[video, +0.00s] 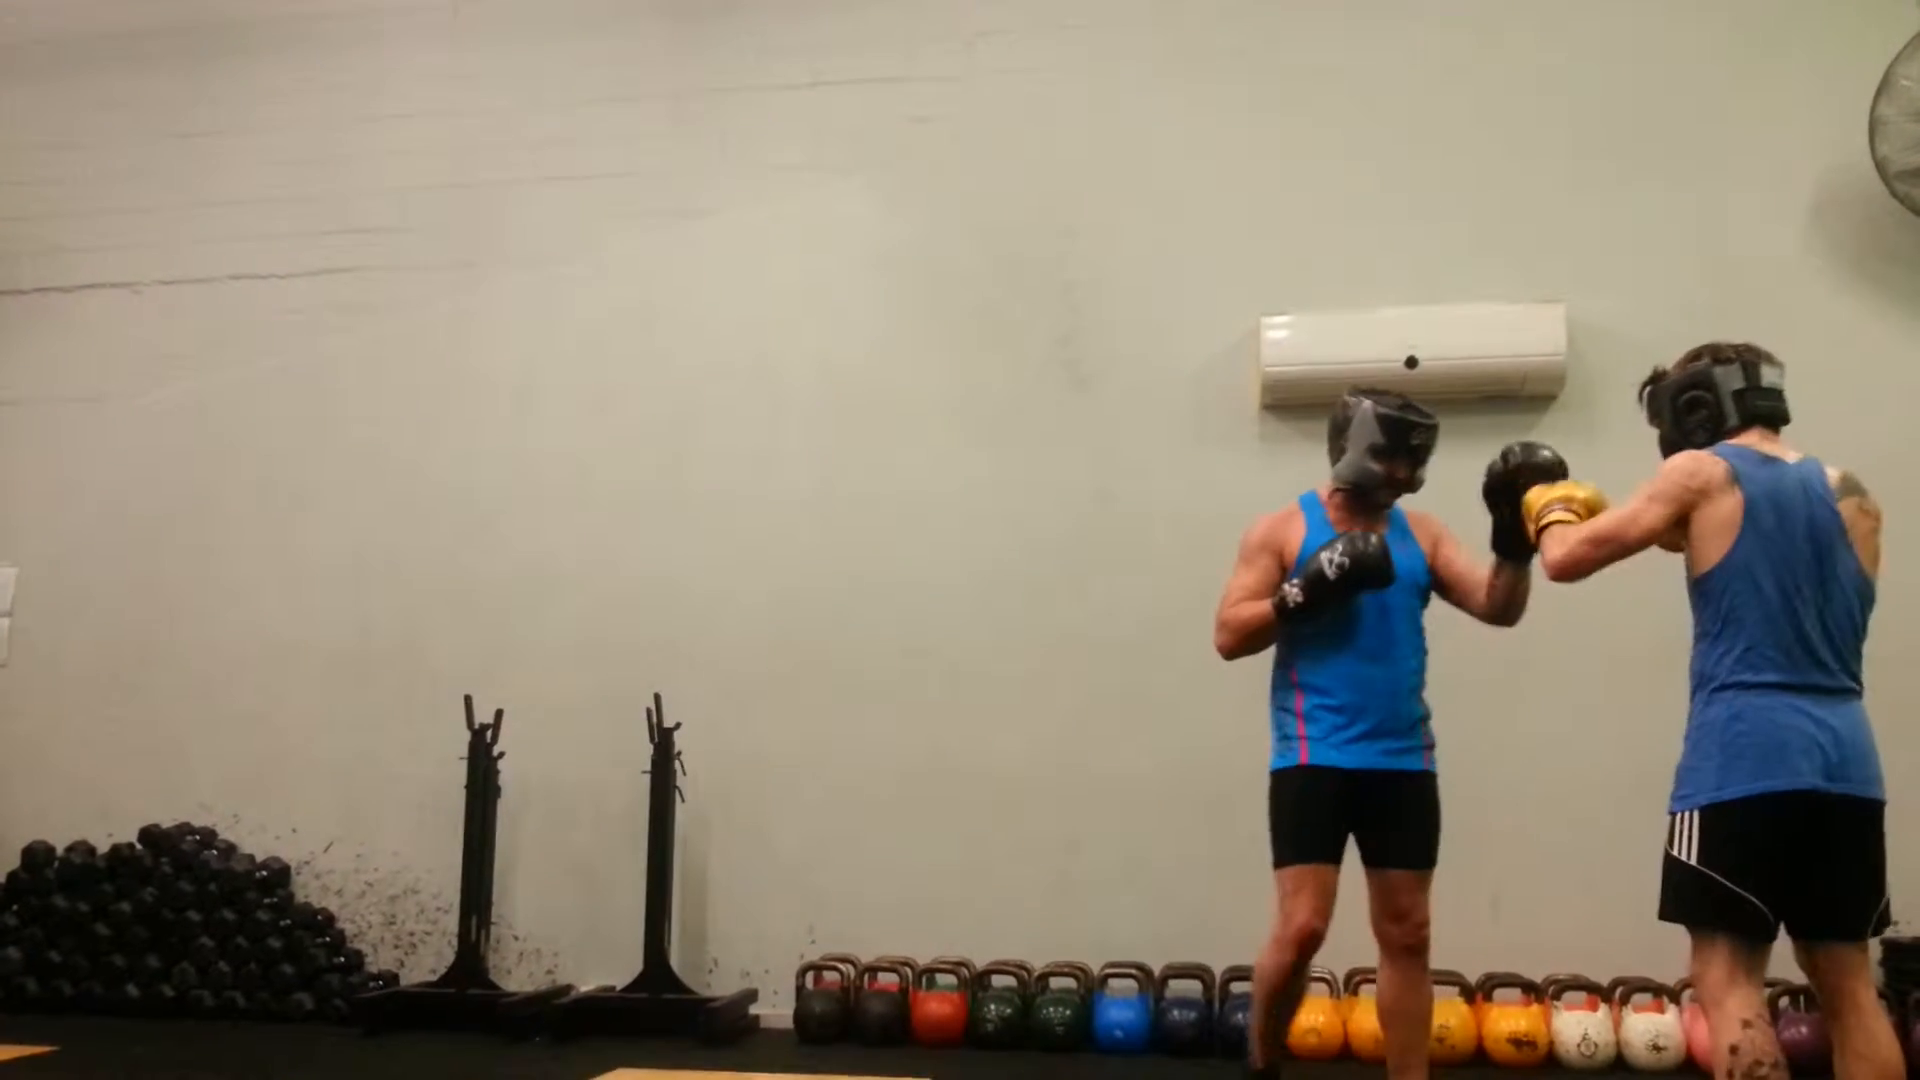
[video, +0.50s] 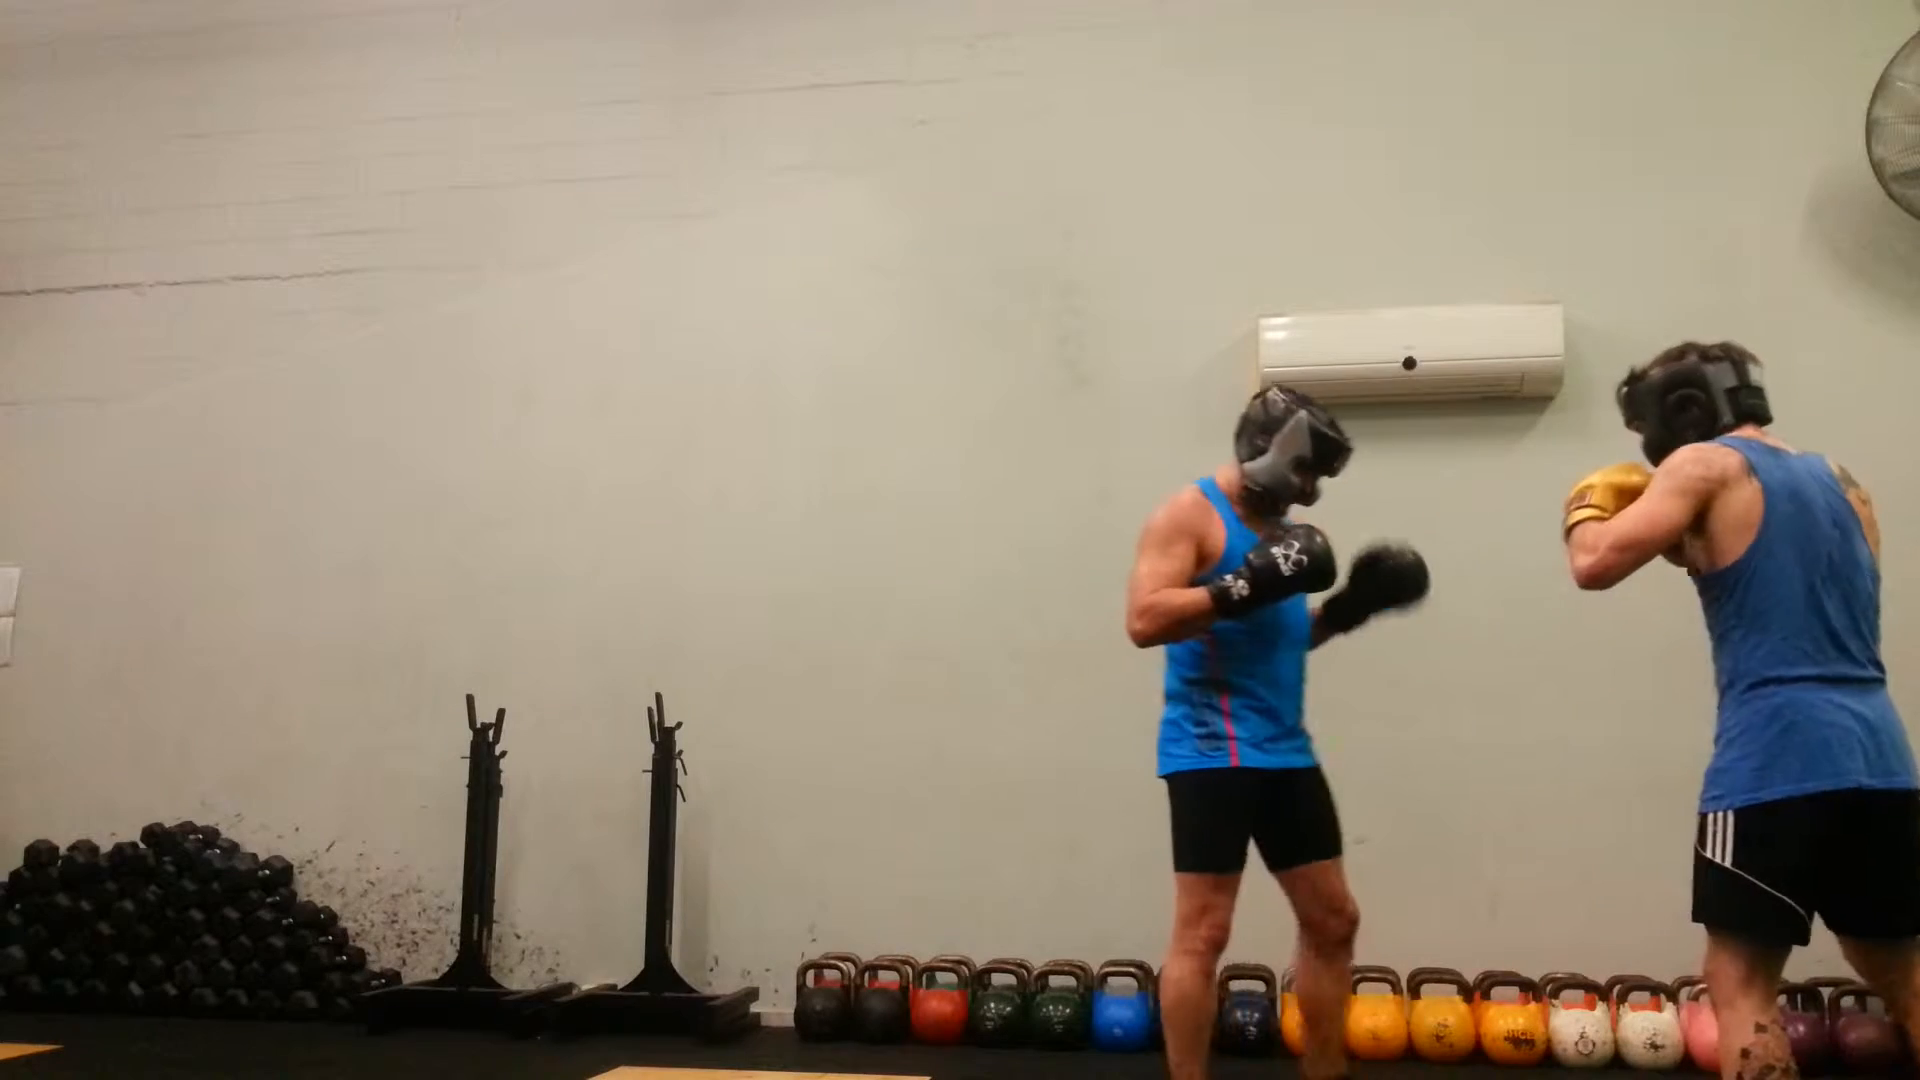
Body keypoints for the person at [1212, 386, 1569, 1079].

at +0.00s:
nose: (1412, 470)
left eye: (1416, 457)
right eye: (1401, 455)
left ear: (1413, 465)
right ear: (1358, 452)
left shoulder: (1420, 531)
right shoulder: (1283, 528)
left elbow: (1501, 604)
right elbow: (1231, 635)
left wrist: (1515, 522)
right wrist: (1310, 587)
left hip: (1402, 760)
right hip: (1312, 760)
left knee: (1408, 931)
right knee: (1303, 928)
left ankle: (1410, 1077)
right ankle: (1263, 1067)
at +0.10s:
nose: (1397, 468)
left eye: (1400, 455)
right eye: (1386, 453)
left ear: (1395, 465)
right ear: (1340, 449)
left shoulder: (1403, 531)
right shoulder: (1270, 526)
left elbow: (1485, 611)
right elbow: (1219, 635)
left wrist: (1511, 540)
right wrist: (1299, 587)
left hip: (1388, 762)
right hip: (1300, 763)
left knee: (1397, 933)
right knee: (1281, 932)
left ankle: (1405, 1077)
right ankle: (1219, 1070)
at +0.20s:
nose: (1380, 477)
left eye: (1385, 463)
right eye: (1369, 461)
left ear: (1374, 466)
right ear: (1324, 454)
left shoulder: (1379, 534)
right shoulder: (1249, 526)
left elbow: (1431, 635)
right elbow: (1204, 634)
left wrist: (1468, 571)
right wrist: (1292, 583)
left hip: (1367, 763)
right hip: (1277, 765)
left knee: (1385, 935)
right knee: (1255, 936)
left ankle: (1400, 1075)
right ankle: (1207, 1075)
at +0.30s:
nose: (1362, 480)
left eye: (1365, 466)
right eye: (1354, 464)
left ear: (1327, 464)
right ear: (1312, 457)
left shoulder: (1343, 537)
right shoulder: (1226, 523)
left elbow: (1358, 647)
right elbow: (1185, 633)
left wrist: (1414, 610)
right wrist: (1278, 586)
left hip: (1335, 760)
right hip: (1251, 762)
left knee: (1369, 940)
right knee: (1233, 937)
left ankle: (1395, 1076)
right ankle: (1199, 1076)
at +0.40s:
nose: (1336, 486)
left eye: (1340, 471)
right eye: (1327, 468)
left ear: (1296, 461)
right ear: (1285, 455)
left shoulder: (1305, 535)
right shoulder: (1205, 521)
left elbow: (1292, 640)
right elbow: (1163, 628)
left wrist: (1368, 625)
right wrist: (1266, 583)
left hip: (1304, 756)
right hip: (1225, 758)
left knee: (1352, 930)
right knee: (1214, 938)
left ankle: (1373, 1076)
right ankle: (1193, 1076)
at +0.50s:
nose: (1312, 491)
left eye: (1318, 477)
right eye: (1305, 475)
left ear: (1280, 461)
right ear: (1268, 456)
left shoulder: (1278, 526)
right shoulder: (1187, 515)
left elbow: (1282, 636)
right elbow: (1144, 621)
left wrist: (1354, 602)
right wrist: (1252, 581)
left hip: (1284, 753)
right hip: (1209, 757)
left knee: (1332, 922)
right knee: (1201, 935)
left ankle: (1325, 1072)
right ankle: (1188, 1076)